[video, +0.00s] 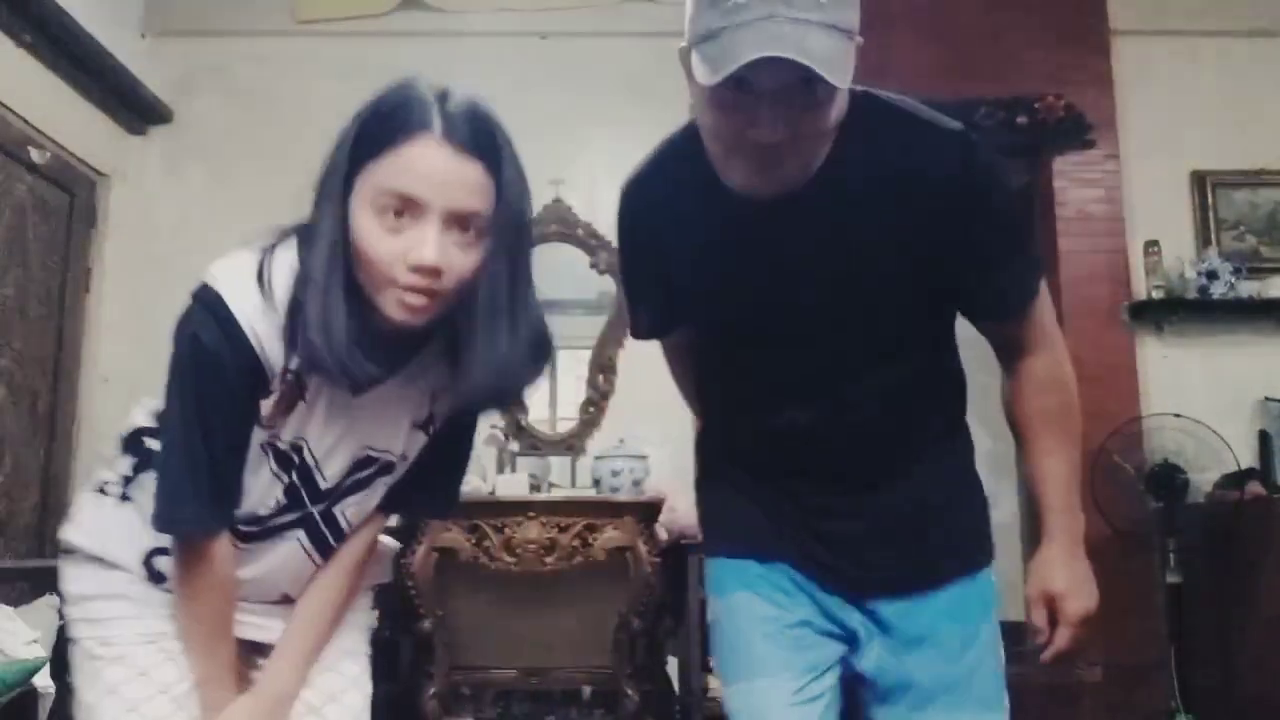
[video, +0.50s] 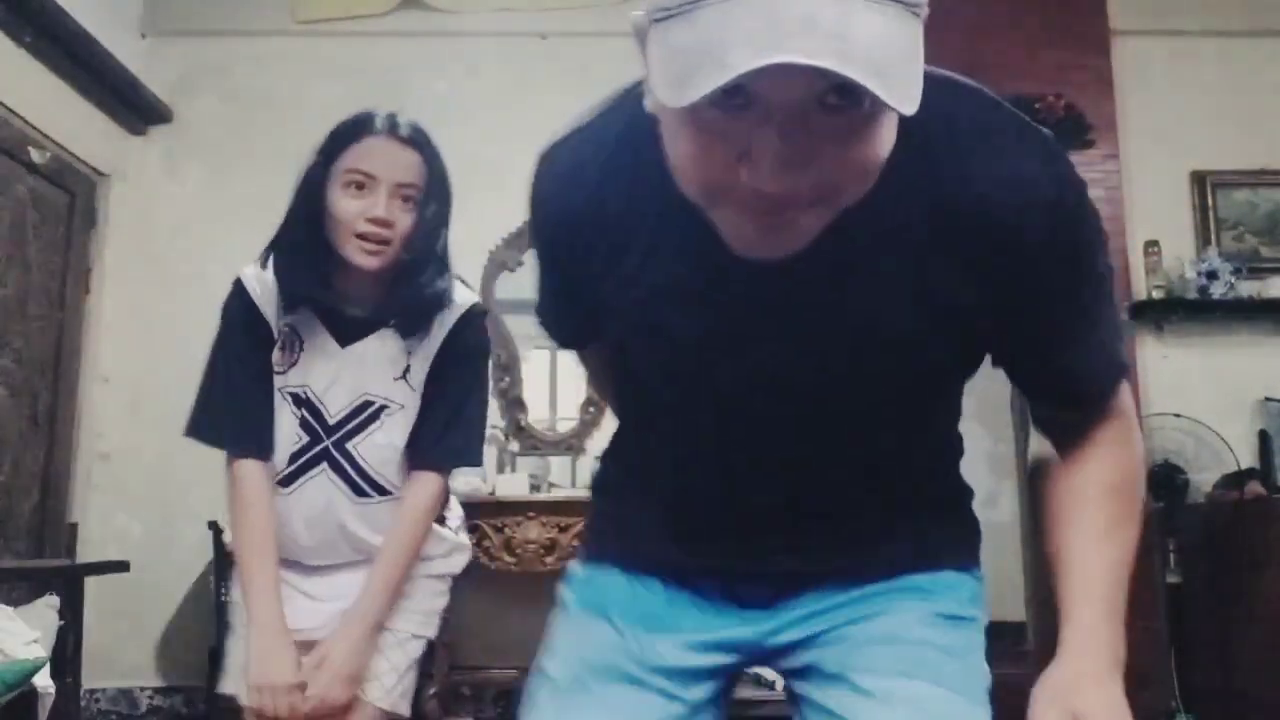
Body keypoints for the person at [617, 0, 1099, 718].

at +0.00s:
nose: (768, 121)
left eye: (798, 90)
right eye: (741, 88)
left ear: (844, 67)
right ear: (694, 68)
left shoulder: (940, 167)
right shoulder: (659, 201)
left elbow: (1033, 350)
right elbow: (697, 378)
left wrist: (1062, 539)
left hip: (930, 546)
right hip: (761, 551)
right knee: (771, 706)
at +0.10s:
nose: (770, 127)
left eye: (808, 89)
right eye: (739, 86)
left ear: (855, 78)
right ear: (692, 68)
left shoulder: (944, 167)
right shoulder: (648, 186)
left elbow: (1045, 347)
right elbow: (680, 348)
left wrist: (1056, 547)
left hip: (910, 527)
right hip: (737, 532)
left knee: (924, 704)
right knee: (751, 707)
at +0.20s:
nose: (778, 126)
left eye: (820, 84)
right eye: (745, 80)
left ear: (872, 72)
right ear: (691, 64)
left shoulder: (962, 156)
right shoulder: (641, 167)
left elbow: (1050, 340)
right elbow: (673, 329)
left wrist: (1050, 540)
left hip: (888, 487)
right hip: (720, 490)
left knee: (874, 706)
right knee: (733, 708)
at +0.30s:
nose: (785, 129)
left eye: (832, 83)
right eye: (748, 80)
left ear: (884, 71)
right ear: (688, 61)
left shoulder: (981, 160)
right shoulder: (628, 166)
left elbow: (1060, 355)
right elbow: (653, 326)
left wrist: (1054, 564)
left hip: (893, 525)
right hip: (704, 532)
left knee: (891, 705)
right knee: (722, 708)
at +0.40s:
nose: (780, 149)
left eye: (836, 97)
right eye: (742, 92)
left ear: (896, 81)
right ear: (679, 70)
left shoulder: (993, 175)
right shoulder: (611, 174)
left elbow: (1078, 397)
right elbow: (638, 356)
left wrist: (1073, 619)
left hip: (893, 569)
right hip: (683, 574)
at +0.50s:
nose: (779, 161)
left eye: (835, 103)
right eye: (731, 99)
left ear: (896, 87)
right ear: (656, 79)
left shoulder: (1003, 186)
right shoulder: (585, 186)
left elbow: (1094, 422)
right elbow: (616, 379)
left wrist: (1090, 664)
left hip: (896, 585)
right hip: (645, 577)